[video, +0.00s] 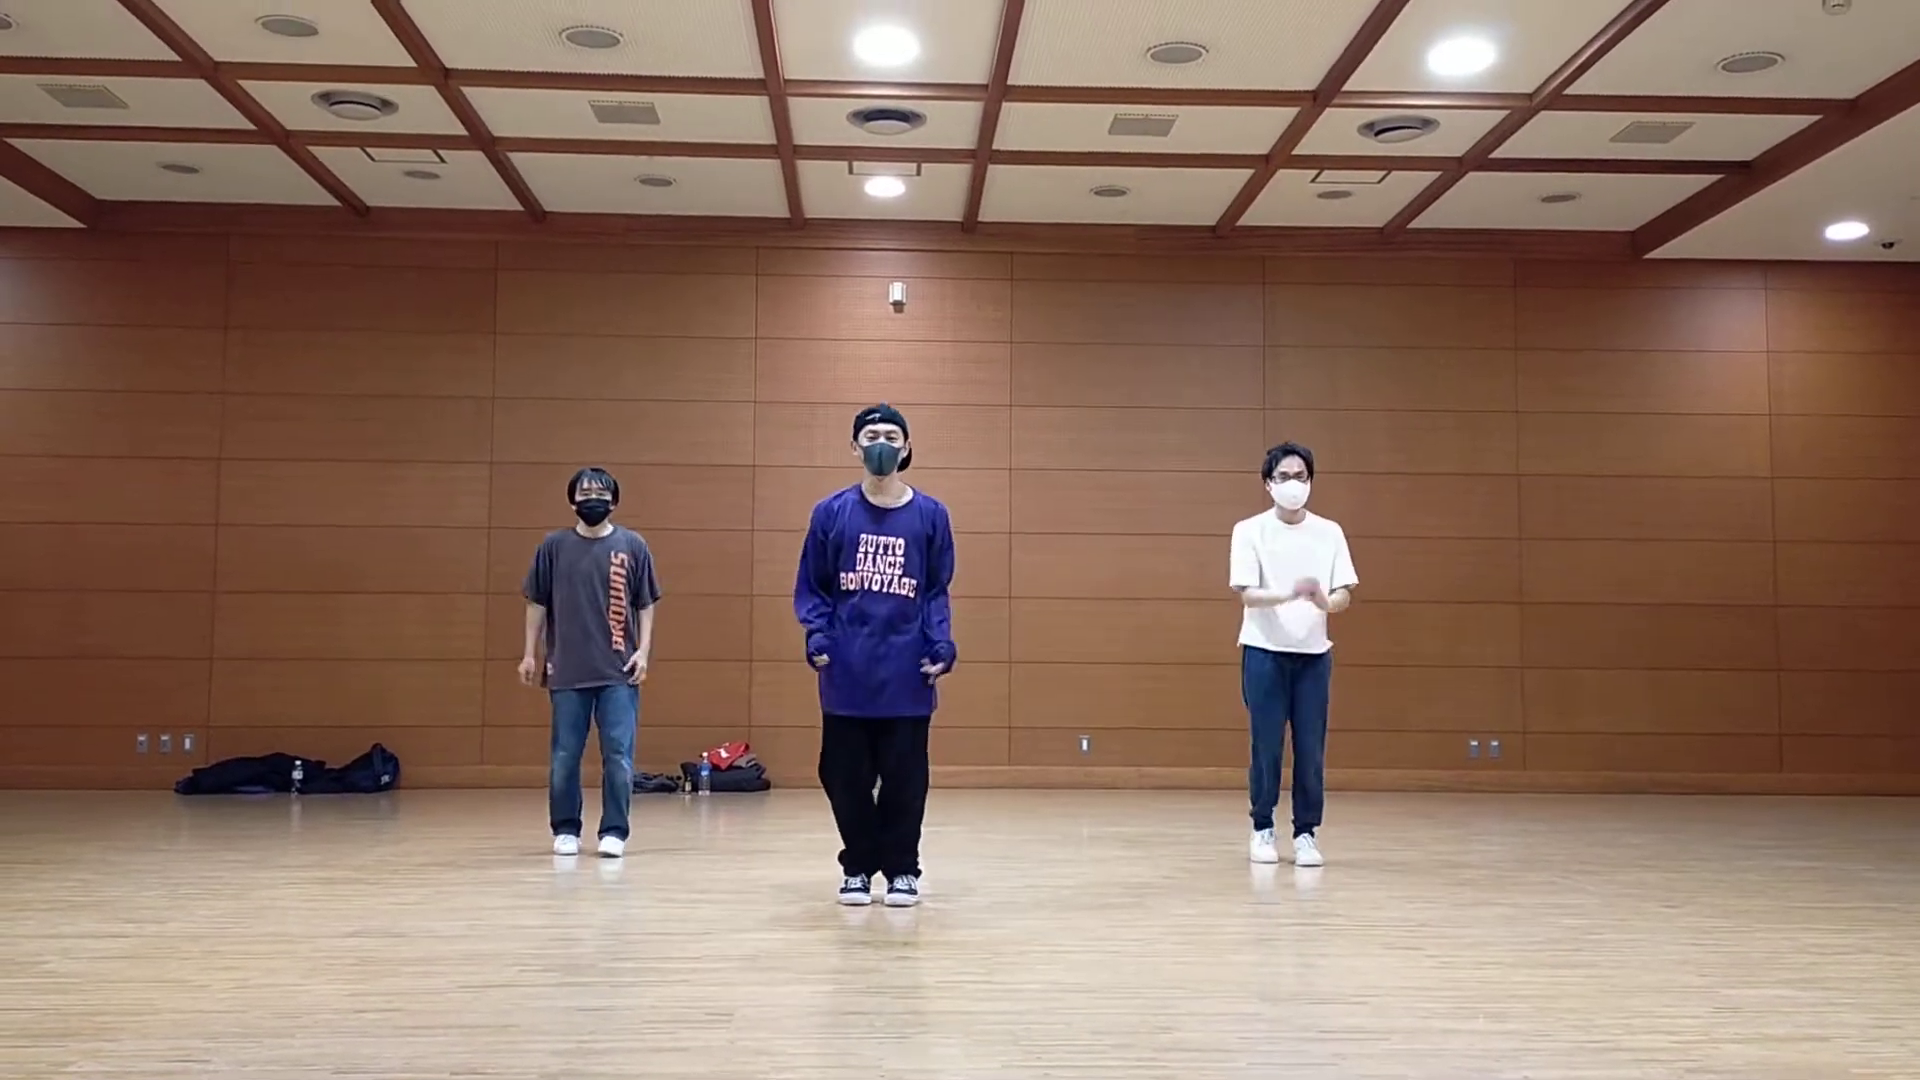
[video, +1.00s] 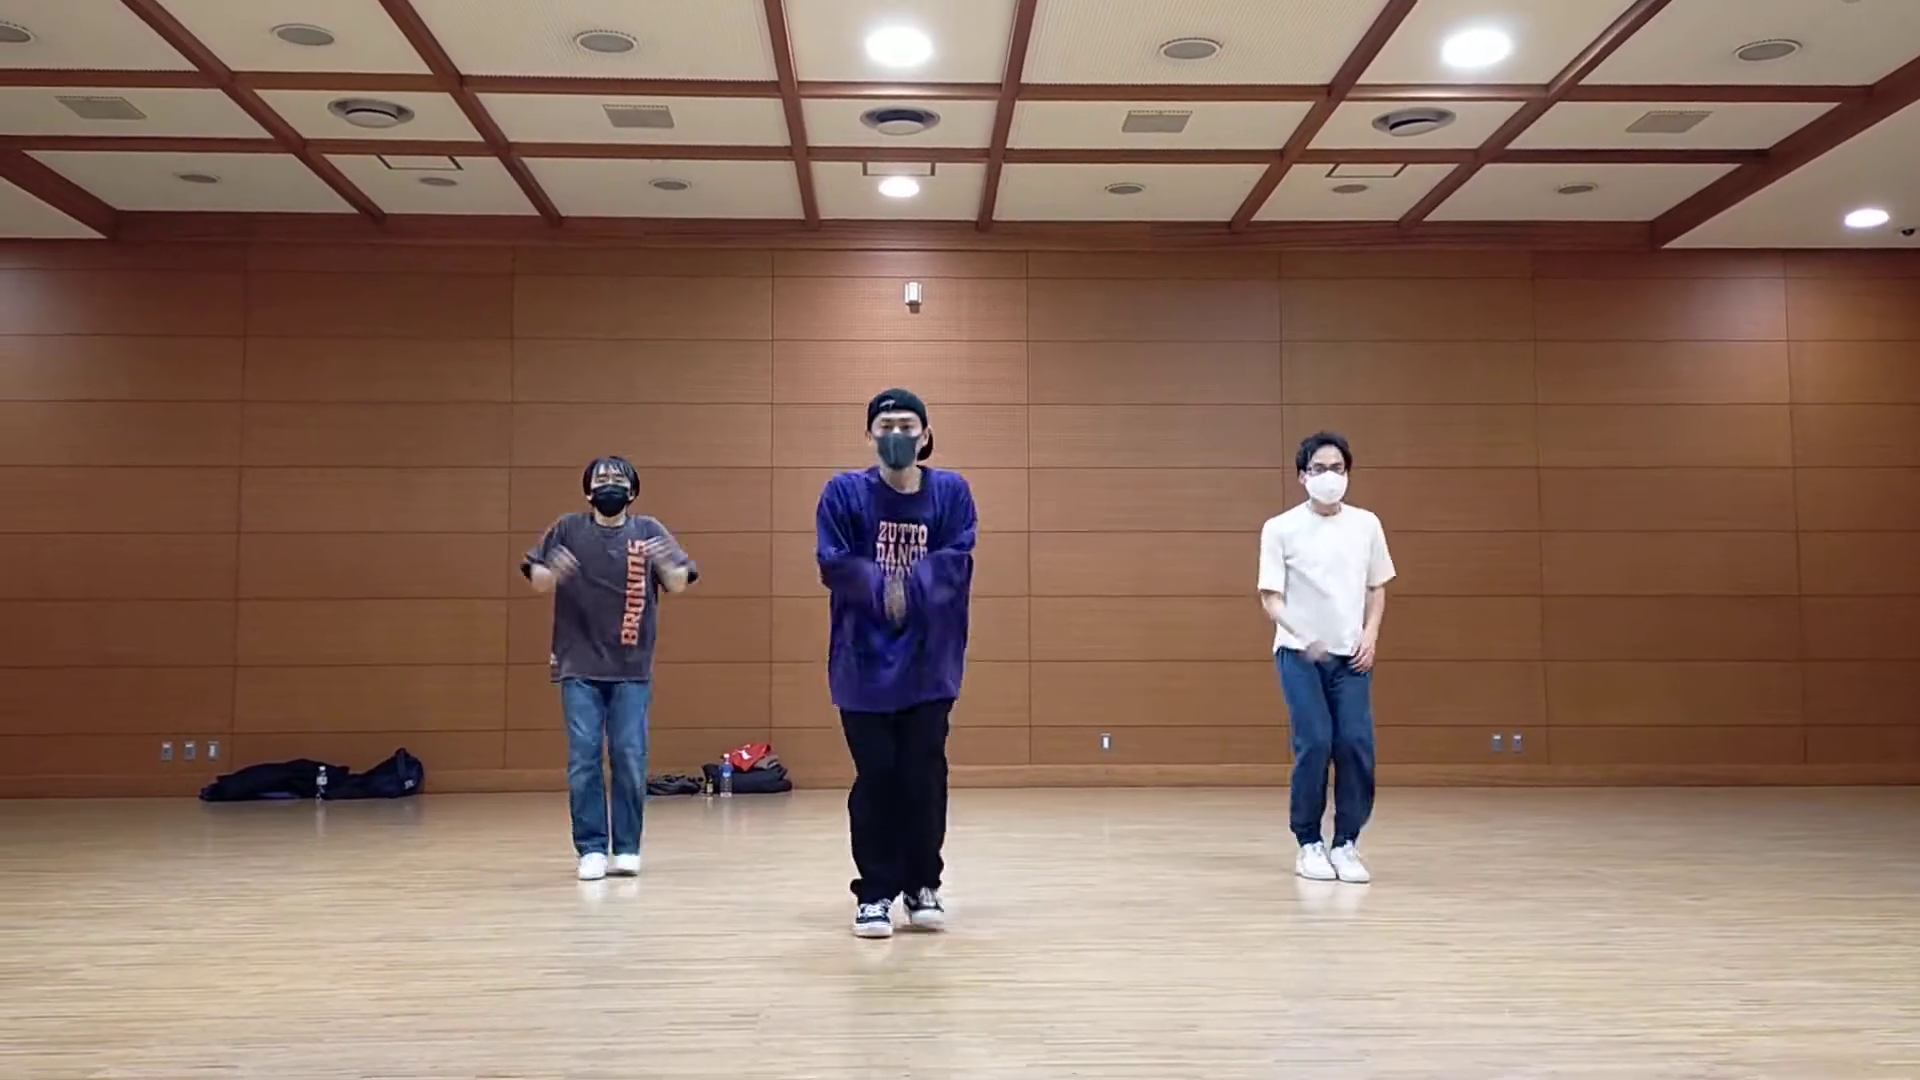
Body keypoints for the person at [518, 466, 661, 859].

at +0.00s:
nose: (592, 500)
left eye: (599, 494)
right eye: (585, 494)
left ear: (611, 500)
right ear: (574, 500)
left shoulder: (633, 546)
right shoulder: (553, 546)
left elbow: (645, 603)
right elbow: (536, 603)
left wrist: (643, 649)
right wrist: (530, 654)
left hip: (617, 669)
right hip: (567, 669)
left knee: (618, 754)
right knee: (565, 754)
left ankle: (613, 833)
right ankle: (565, 831)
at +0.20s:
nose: (599, 514)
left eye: (607, 508)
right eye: (592, 508)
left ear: (620, 516)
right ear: (581, 517)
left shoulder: (639, 561)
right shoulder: (561, 562)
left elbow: (652, 613)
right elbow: (550, 615)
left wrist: (631, 651)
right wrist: (563, 657)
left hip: (621, 684)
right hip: (574, 682)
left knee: (618, 764)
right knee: (567, 765)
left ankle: (614, 837)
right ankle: (572, 834)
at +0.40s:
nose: (608, 490)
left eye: (616, 484)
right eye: (601, 485)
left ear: (629, 493)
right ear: (591, 494)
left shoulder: (646, 531)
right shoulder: (574, 531)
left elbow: (668, 569)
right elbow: (550, 579)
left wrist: (624, 547)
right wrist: (588, 559)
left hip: (634, 659)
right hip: (584, 658)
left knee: (630, 749)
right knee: (581, 740)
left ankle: (624, 831)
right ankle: (597, 814)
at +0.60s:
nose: (612, 525)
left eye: (620, 519)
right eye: (605, 519)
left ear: (633, 524)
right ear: (594, 525)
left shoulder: (651, 569)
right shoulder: (575, 568)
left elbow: (654, 625)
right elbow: (569, 626)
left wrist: (642, 668)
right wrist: (584, 671)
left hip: (639, 679)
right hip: (594, 678)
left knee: (643, 767)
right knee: (594, 758)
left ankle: (642, 838)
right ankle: (591, 835)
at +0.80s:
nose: (602, 504)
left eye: (610, 498)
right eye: (595, 499)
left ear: (626, 506)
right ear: (585, 509)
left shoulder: (650, 550)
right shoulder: (567, 552)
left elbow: (692, 583)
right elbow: (529, 594)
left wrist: (740, 601)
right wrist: (479, 614)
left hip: (634, 681)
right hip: (582, 680)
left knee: (633, 764)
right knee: (583, 765)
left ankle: (638, 820)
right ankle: (590, 851)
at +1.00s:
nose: (610, 486)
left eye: (618, 479)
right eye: (602, 479)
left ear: (631, 490)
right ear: (589, 489)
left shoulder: (649, 531)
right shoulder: (567, 529)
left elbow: (679, 583)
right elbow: (536, 579)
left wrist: (666, 563)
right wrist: (551, 572)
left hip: (631, 666)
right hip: (578, 663)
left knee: (628, 755)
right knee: (584, 756)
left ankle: (626, 850)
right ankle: (591, 850)